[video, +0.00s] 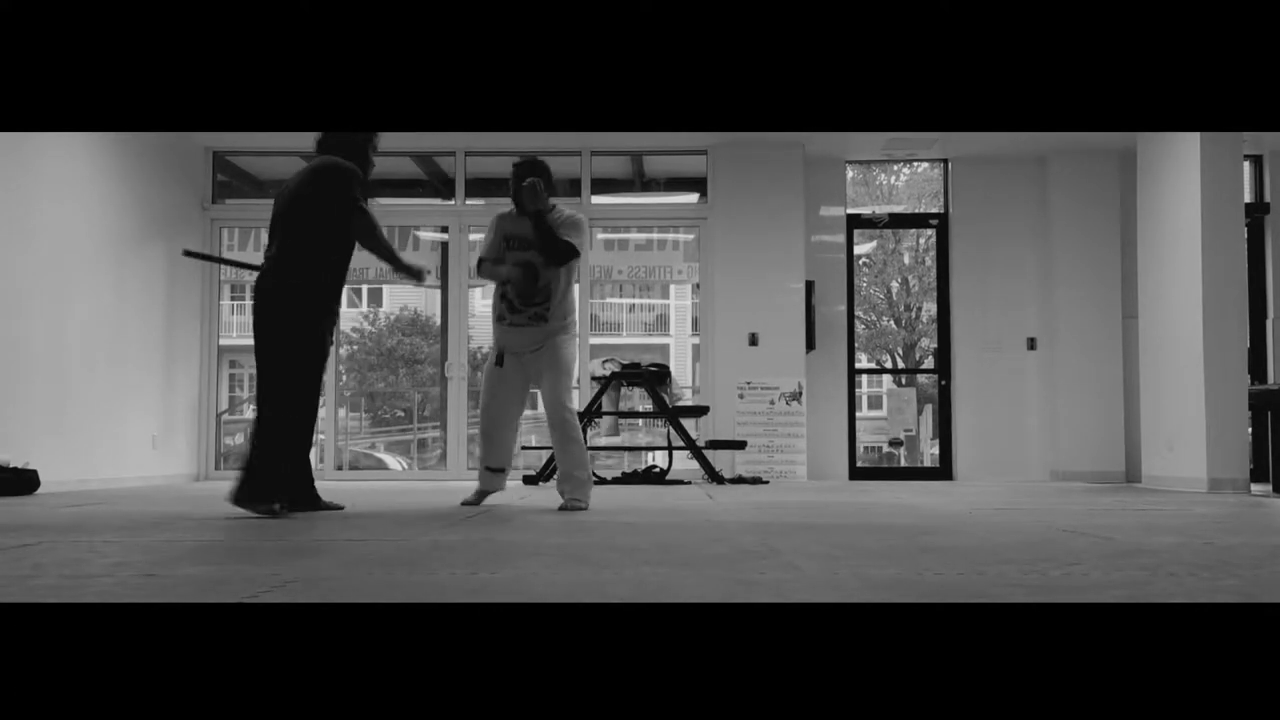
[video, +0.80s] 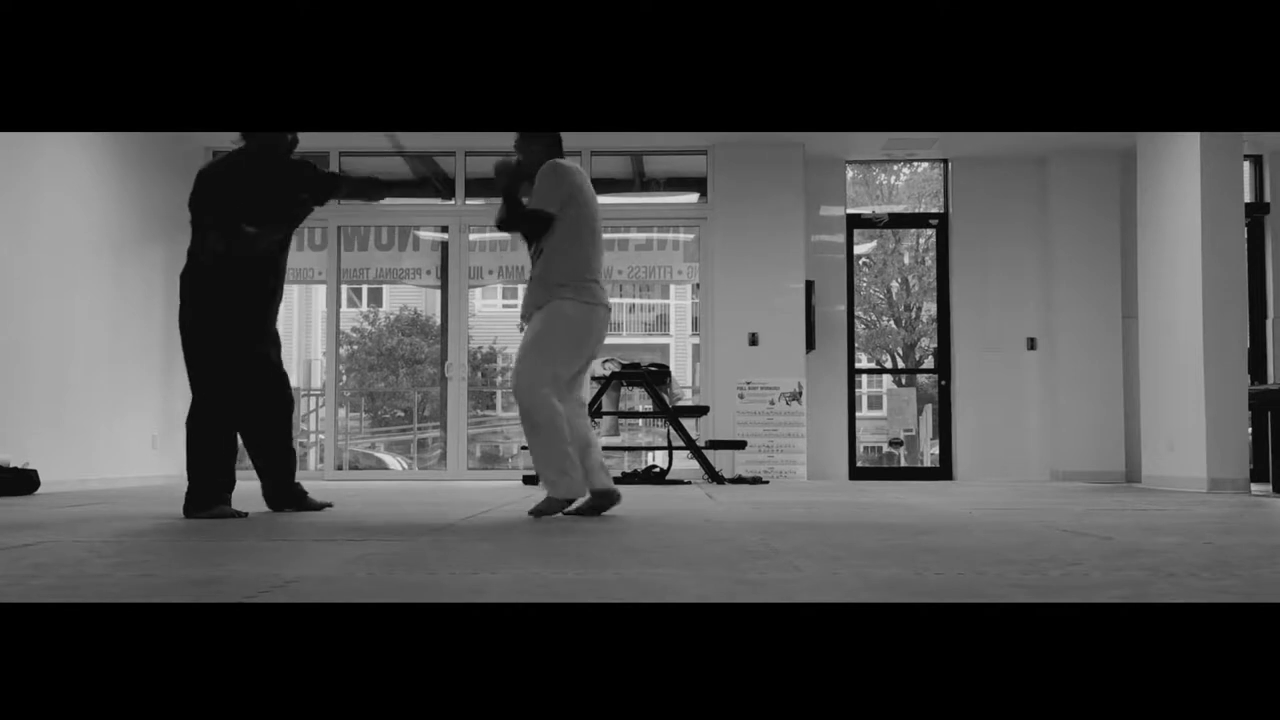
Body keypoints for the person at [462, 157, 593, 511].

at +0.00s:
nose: (523, 194)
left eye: (531, 187)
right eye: (519, 188)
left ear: (546, 189)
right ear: (512, 191)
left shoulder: (570, 221)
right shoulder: (503, 221)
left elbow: (559, 257)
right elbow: (482, 266)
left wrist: (537, 213)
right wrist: (510, 272)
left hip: (555, 336)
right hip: (509, 337)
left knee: (560, 412)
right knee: (495, 412)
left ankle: (576, 494)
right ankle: (491, 482)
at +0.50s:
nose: (497, 185)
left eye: (502, 177)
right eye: (498, 178)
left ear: (523, 174)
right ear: (522, 176)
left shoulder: (557, 193)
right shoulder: (528, 216)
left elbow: (528, 241)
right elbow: (504, 276)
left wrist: (503, 204)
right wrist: (487, 230)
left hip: (565, 320)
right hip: (534, 327)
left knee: (542, 402)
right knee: (525, 409)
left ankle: (553, 498)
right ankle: (543, 493)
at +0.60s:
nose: (506, 169)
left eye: (509, 160)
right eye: (505, 162)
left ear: (530, 157)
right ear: (531, 159)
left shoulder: (557, 180)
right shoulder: (538, 201)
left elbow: (539, 229)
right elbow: (498, 248)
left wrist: (499, 202)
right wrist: (499, 206)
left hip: (565, 313)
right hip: (541, 318)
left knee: (545, 405)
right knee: (531, 408)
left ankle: (551, 500)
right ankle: (576, 482)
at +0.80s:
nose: (518, 155)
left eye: (522, 148)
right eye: (519, 149)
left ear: (540, 146)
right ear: (551, 145)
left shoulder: (556, 172)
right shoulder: (571, 177)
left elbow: (531, 226)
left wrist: (510, 190)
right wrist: (515, 193)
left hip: (569, 305)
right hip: (586, 308)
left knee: (530, 382)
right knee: (567, 398)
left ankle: (562, 486)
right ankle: (601, 486)